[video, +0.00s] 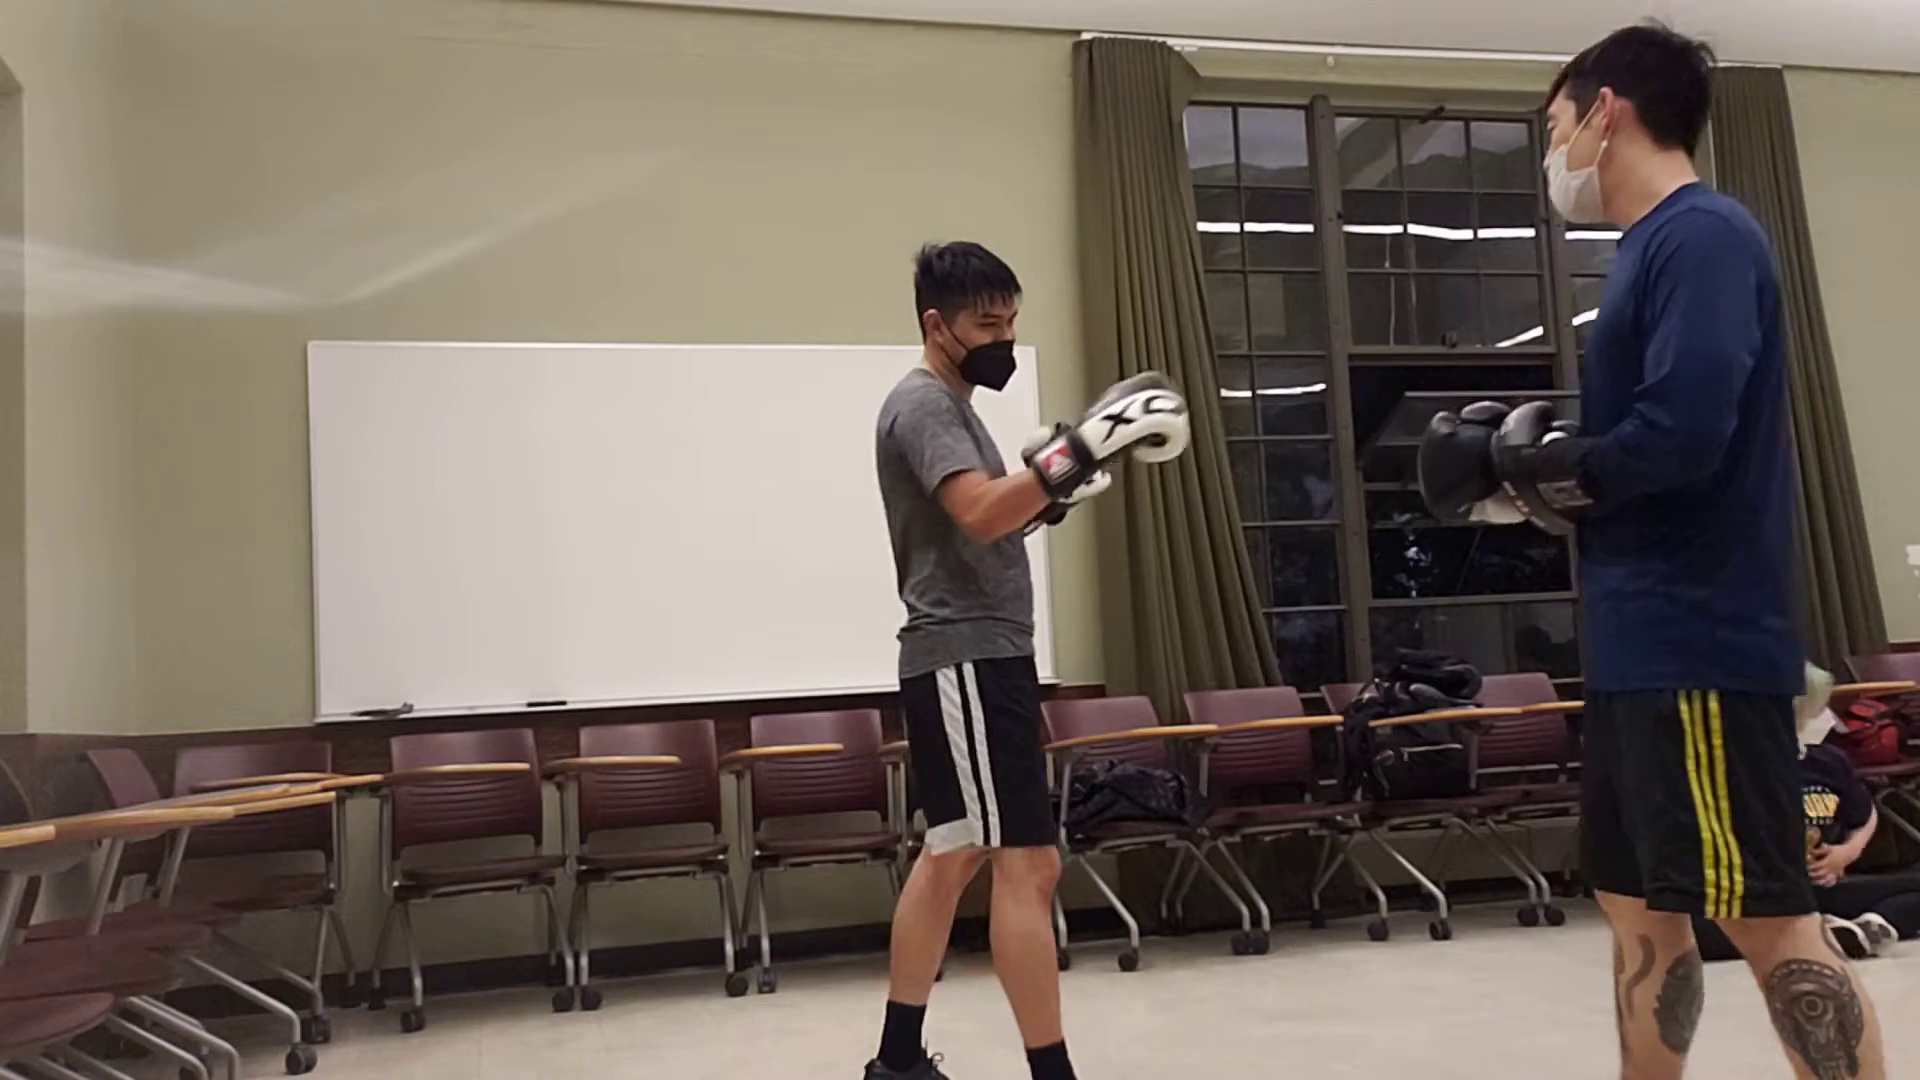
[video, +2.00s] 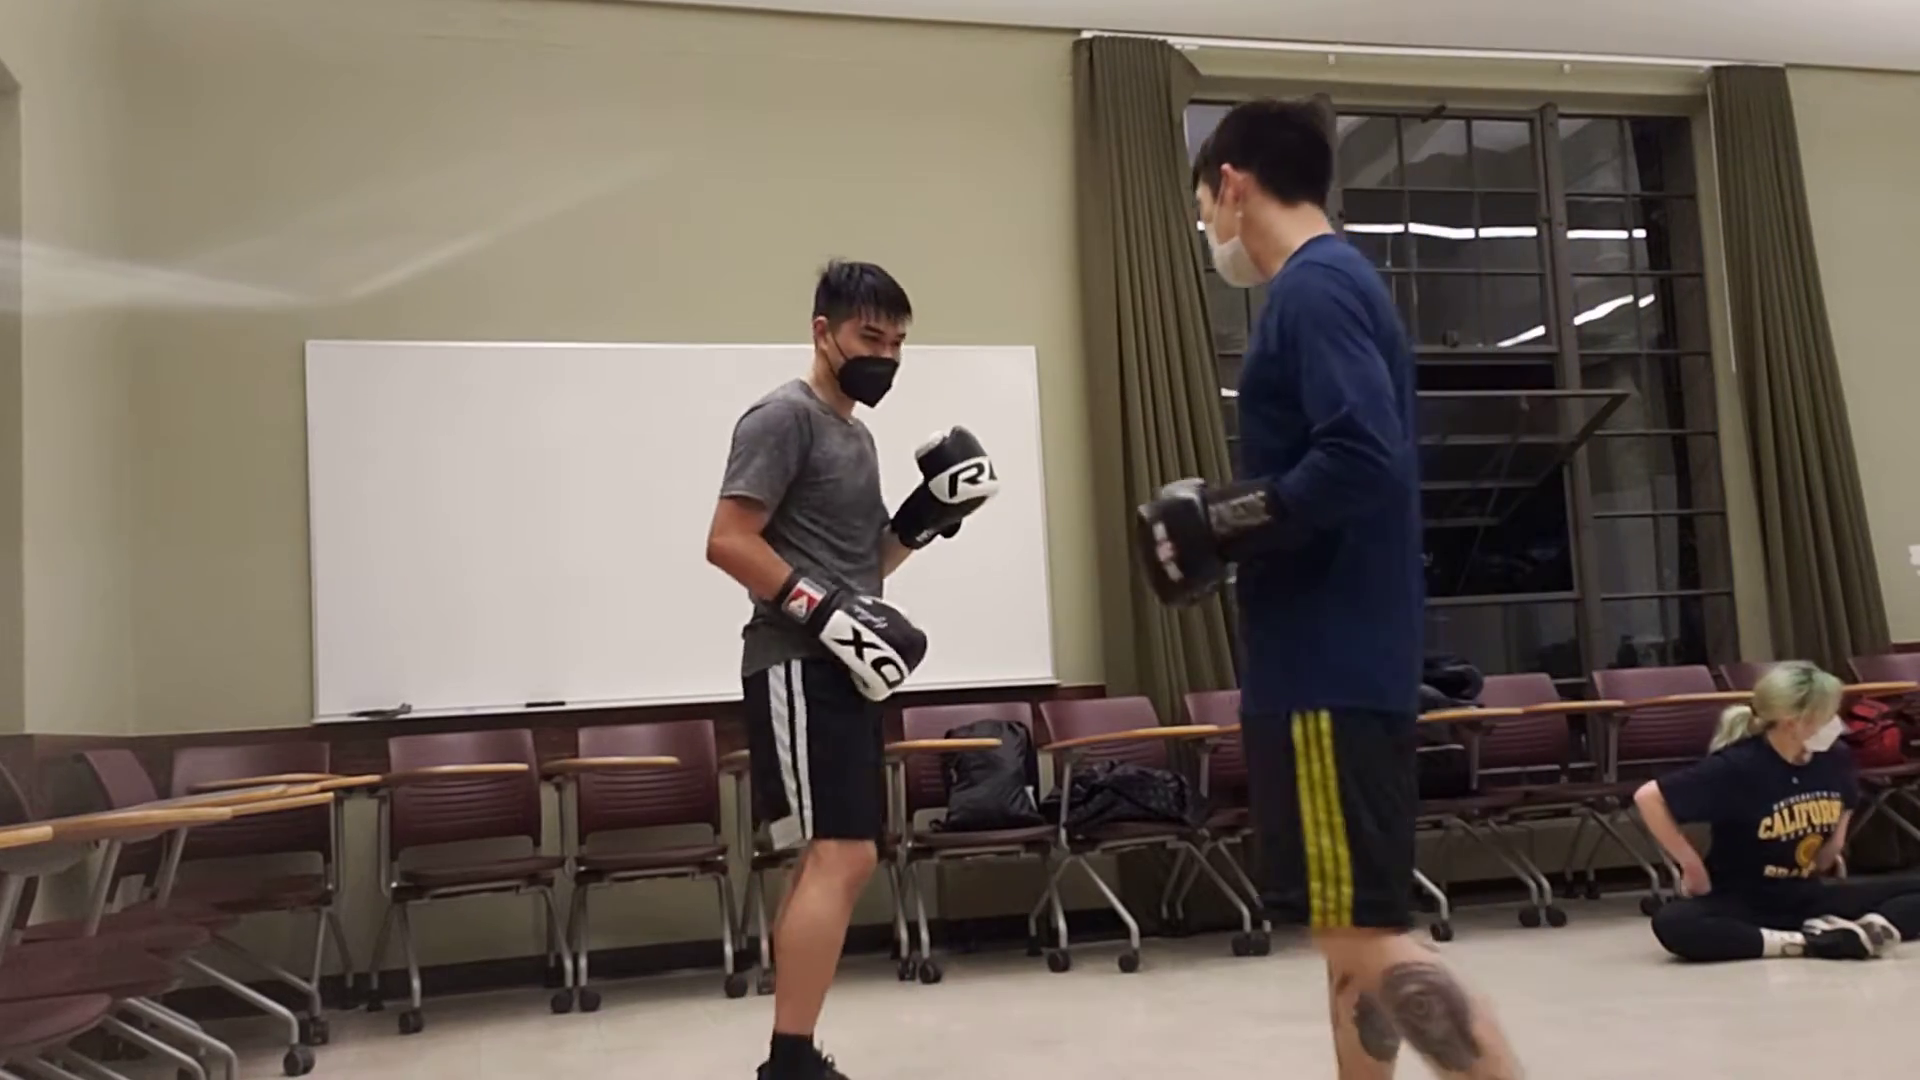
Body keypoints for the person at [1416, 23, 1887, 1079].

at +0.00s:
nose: (1554, 152)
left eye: (1557, 126)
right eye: (1551, 130)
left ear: (1608, 112)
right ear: (1633, 119)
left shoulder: (1703, 236)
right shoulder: (1655, 246)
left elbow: (1683, 437)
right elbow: (1647, 436)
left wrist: (1531, 465)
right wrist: (1532, 472)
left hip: (1707, 649)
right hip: (1639, 650)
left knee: (1766, 918)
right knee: (1636, 904)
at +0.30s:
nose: (1469, 182)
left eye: (1475, 156)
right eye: (1467, 161)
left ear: (1527, 143)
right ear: (1546, 148)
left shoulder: (1613, 250)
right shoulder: (1567, 268)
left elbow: (1618, 427)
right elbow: (1552, 423)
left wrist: (1498, 478)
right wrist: (1465, 399)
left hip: (1644, 645)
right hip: (1581, 648)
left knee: (1700, 904)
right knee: (1615, 901)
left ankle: (1825, 1071)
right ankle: (1643, 1077)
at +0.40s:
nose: (1445, 195)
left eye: (1451, 169)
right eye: (1442, 176)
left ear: (1503, 154)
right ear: (1519, 161)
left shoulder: (1597, 256)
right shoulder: (1542, 287)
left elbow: (1619, 427)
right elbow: (1460, 433)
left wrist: (1499, 486)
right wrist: (1330, 395)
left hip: (1631, 637)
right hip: (1572, 640)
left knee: (1651, 891)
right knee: (1605, 893)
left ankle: (1799, 1072)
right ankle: (1646, 1076)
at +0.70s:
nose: (1399, 211)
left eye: (1403, 185)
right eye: (1394, 192)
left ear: (1456, 166)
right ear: (1470, 173)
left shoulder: (1562, 267)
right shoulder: (1507, 293)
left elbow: (1617, 439)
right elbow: (1503, 472)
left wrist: (1472, 487)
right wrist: (1333, 501)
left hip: (1598, 636)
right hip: (1553, 638)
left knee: (1591, 897)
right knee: (1595, 897)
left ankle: (1633, 1075)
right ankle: (1638, 1073)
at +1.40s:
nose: (1342, 180)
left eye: (1337, 152)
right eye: (1335, 157)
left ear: (1376, 129)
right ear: (1424, 127)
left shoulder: (1461, 254)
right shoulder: (1475, 242)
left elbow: (1491, 448)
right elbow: (1476, 443)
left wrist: (1356, 485)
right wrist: (1355, 465)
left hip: (1479, 656)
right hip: (1451, 652)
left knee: (1510, 936)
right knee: (1451, 922)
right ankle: (1546, 1076)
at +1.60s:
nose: (1300, 181)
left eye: (1296, 152)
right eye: (1296, 157)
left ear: (1333, 134)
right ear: (1396, 133)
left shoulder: (1418, 251)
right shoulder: (1444, 240)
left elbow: (1476, 444)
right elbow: (1465, 445)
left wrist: (1337, 513)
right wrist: (1334, 493)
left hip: (1450, 655)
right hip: (1420, 649)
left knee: (1505, 927)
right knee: (1359, 859)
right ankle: (1432, 1073)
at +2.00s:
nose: (1207, 221)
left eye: (1207, 198)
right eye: (1205, 201)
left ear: (1239, 187)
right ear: (1296, 186)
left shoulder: (1314, 288)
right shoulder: (1331, 282)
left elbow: (1362, 458)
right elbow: (1328, 465)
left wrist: (1234, 519)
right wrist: (1216, 533)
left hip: (1332, 668)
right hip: (1324, 665)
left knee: (1358, 936)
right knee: (1348, 933)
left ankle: (1492, 1066)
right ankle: (1363, 1074)